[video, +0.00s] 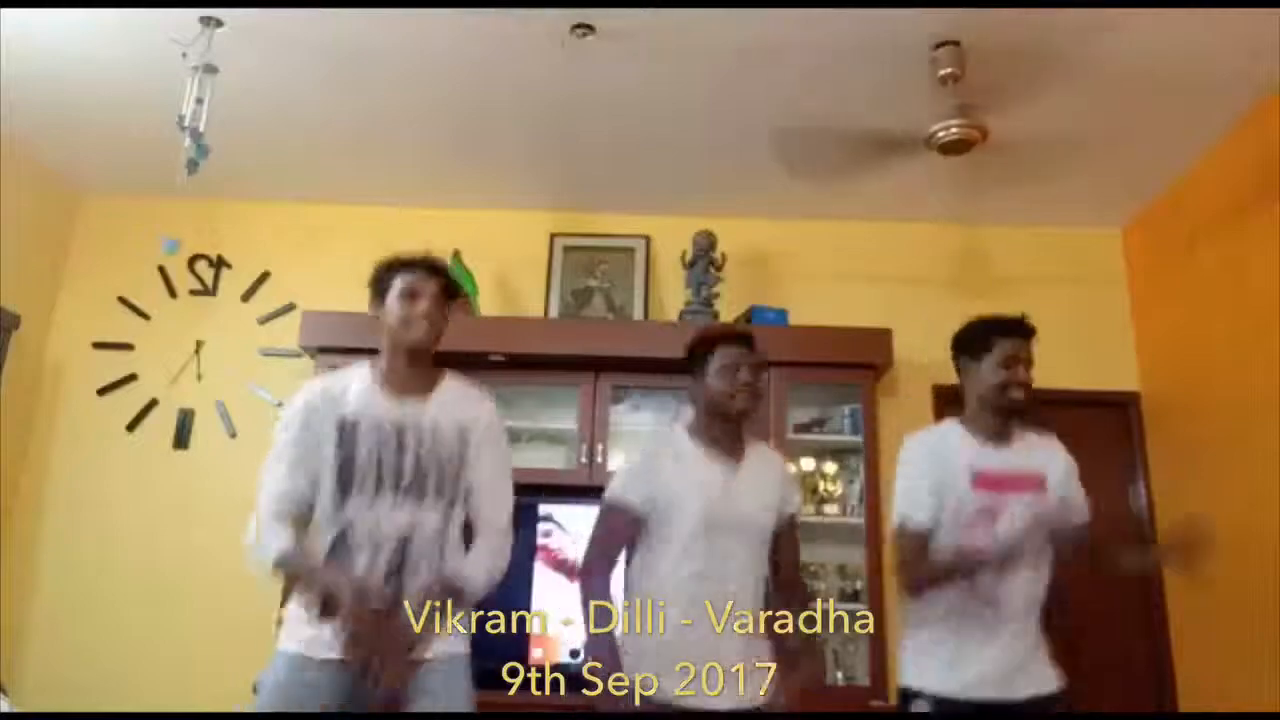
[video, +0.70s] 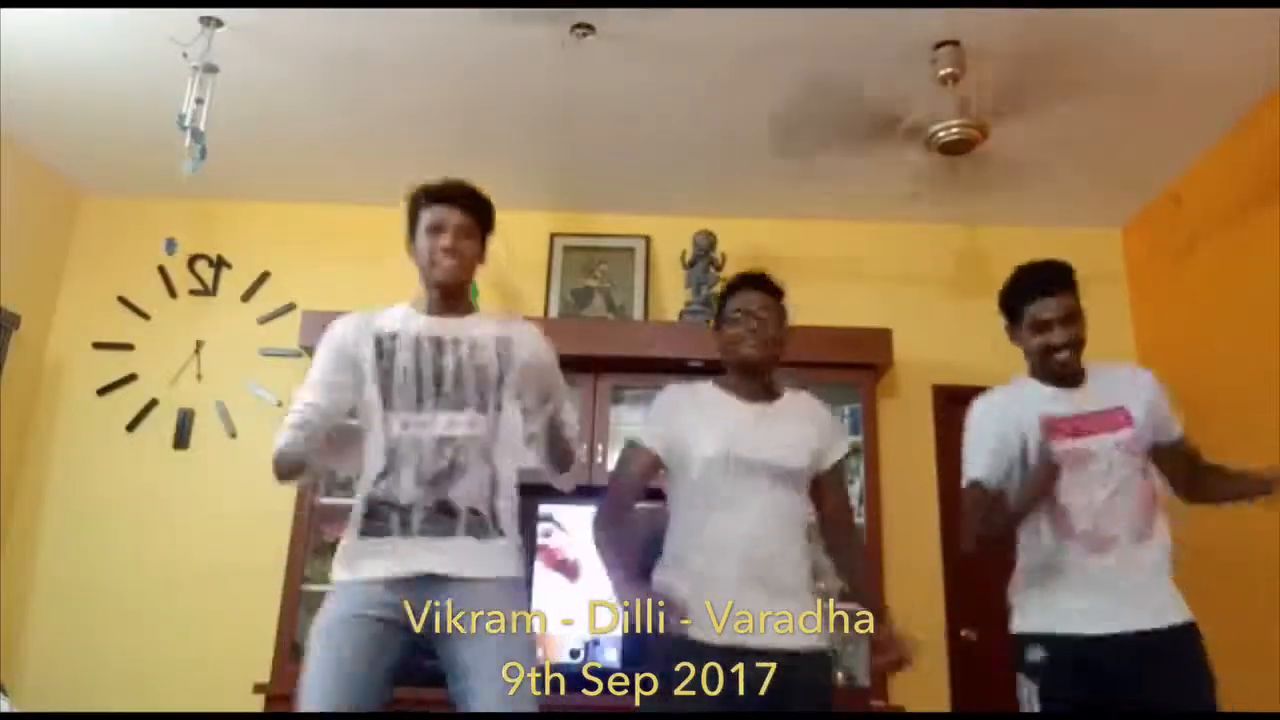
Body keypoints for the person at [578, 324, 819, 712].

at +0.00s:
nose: (746, 379)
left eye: (754, 370)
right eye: (730, 369)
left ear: (763, 381)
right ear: (696, 382)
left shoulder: (774, 472)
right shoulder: (656, 463)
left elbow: (787, 585)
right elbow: (595, 566)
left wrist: (792, 673)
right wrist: (604, 660)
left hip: (744, 691)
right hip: (655, 686)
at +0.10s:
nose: (753, 347)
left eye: (759, 338)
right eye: (738, 335)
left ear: (766, 348)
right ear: (700, 349)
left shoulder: (777, 431)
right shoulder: (661, 414)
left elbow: (795, 537)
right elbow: (604, 522)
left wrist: (838, 600)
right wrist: (605, 613)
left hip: (775, 651)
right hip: (681, 648)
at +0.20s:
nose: (770, 343)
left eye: (774, 335)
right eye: (754, 331)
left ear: (777, 347)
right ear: (711, 341)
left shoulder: (780, 426)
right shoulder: (670, 404)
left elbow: (794, 536)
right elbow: (627, 501)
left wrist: (873, 600)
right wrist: (587, 563)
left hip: (797, 629)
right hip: (705, 627)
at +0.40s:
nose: (797, 425)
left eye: (802, 414)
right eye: (785, 410)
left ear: (803, 420)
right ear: (737, 409)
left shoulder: (796, 500)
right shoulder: (686, 477)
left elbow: (829, 620)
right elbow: (646, 595)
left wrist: (905, 690)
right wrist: (561, 658)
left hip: (825, 694)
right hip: (736, 688)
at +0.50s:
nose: (802, 388)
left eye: (805, 376)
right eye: (788, 373)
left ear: (806, 382)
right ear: (746, 375)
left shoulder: (810, 472)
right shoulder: (697, 447)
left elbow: (835, 602)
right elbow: (650, 556)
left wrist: (934, 667)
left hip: (820, 682)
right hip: (727, 678)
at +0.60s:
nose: (783, 334)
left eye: (794, 327)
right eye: (769, 323)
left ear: (804, 345)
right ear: (739, 334)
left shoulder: (814, 420)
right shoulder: (692, 403)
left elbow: (836, 543)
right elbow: (640, 506)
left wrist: (922, 630)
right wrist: (624, 571)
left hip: (800, 655)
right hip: (698, 648)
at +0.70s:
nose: (748, 327)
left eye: (762, 318)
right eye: (735, 318)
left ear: (784, 337)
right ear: (717, 335)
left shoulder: (813, 417)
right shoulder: (679, 405)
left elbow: (840, 531)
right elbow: (610, 516)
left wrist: (876, 621)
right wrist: (632, 596)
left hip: (794, 651)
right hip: (693, 647)